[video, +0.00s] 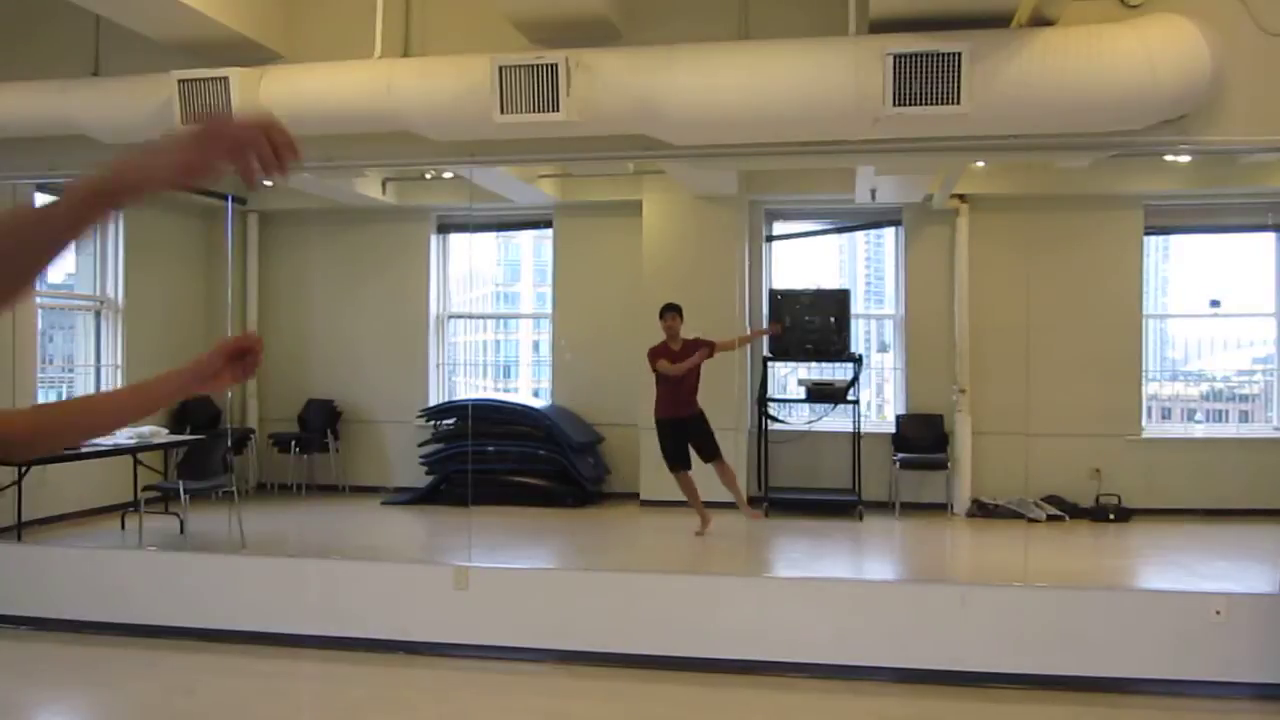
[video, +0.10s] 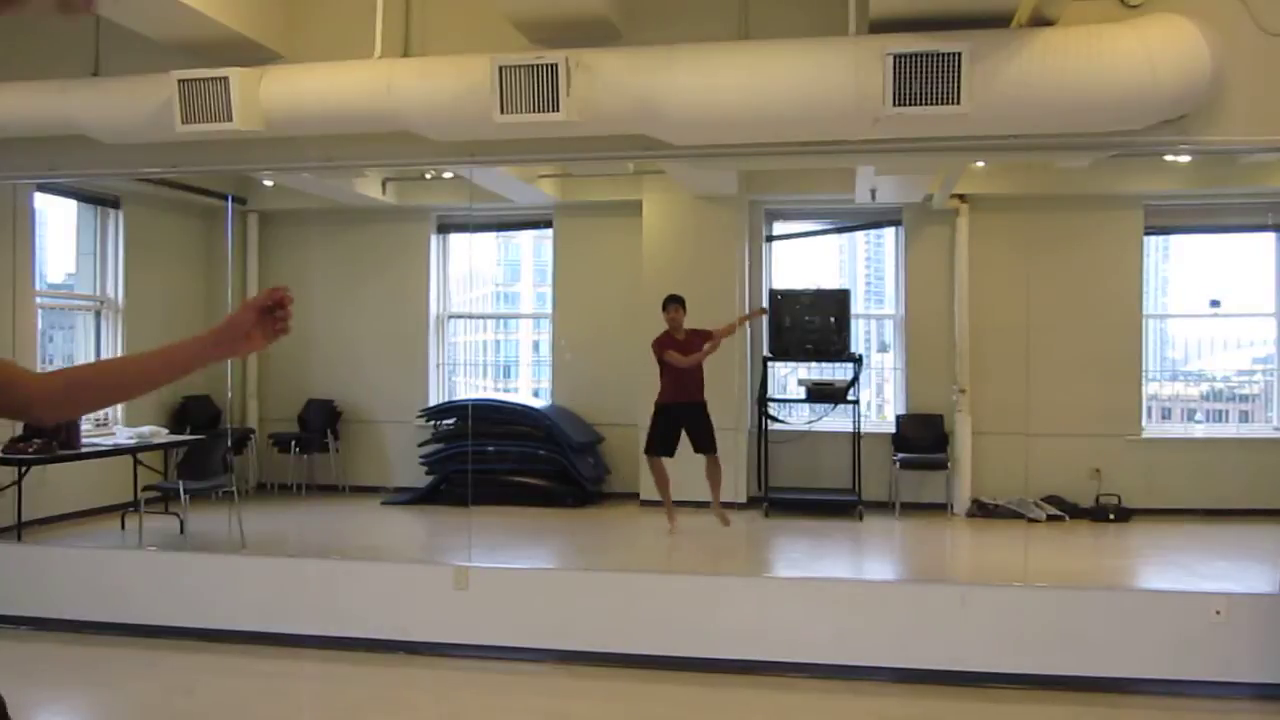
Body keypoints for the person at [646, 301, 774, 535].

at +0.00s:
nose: (670, 323)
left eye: (674, 319)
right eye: (666, 319)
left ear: (681, 322)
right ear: (660, 323)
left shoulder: (696, 346)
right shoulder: (655, 353)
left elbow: (732, 344)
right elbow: (672, 371)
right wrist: (696, 359)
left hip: (692, 415)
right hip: (667, 420)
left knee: (718, 461)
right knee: (680, 473)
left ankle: (743, 505)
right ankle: (703, 516)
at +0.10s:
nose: (673, 315)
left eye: (677, 311)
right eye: (669, 311)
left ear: (685, 313)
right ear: (663, 315)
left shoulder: (699, 336)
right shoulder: (660, 343)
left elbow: (726, 330)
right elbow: (682, 362)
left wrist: (749, 317)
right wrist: (708, 350)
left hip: (695, 405)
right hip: (667, 407)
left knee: (711, 455)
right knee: (652, 455)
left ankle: (716, 505)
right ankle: (669, 509)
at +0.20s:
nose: (673, 321)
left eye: (677, 316)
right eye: (669, 317)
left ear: (685, 318)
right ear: (664, 321)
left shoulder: (696, 340)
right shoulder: (666, 351)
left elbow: (716, 334)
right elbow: (695, 371)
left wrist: (736, 317)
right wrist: (723, 360)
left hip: (696, 408)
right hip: (670, 409)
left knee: (702, 461)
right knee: (644, 455)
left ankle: (692, 507)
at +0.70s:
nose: (653, 333)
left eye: (657, 328)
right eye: (649, 329)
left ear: (665, 331)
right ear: (645, 333)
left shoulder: (678, 355)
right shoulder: (640, 363)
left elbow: (706, 345)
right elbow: (649, 380)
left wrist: (720, 316)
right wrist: (673, 371)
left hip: (677, 425)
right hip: (650, 424)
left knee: (684, 475)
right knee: (633, 474)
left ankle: (684, 514)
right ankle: (620, 528)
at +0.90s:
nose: (641, 327)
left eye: (646, 323)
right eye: (637, 323)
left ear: (655, 327)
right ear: (633, 327)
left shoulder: (665, 353)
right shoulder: (625, 360)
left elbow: (702, 339)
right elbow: (594, 373)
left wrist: (721, 313)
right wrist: (560, 374)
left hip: (656, 424)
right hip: (628, 424)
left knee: (669, 478)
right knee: (627, 479)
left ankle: (679, 518)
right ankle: (621, 533)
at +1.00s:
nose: (636, 324)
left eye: (642, 320)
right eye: (633, 320)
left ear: (651, 325)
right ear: (628, 324)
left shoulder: (661, 350)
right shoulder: (622, 356)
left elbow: (697, 338)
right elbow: (591, 357)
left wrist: (722, 317)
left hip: (648, 422)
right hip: (623, 422)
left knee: (659, 481)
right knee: (623, 479)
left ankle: (671, 526)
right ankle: (620, 532)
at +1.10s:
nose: (633, 319)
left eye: (639, 315)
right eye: (631, 315)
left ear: (649, 318)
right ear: (627, 317)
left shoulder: (653, 342)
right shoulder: (628, 343)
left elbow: (666, 345)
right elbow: (614, 336)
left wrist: (675, 341)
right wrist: (615, 307)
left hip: (646, 416)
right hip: (626, 416)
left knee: (647, 474)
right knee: (616, 469)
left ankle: (669, 524)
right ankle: (617, 527)